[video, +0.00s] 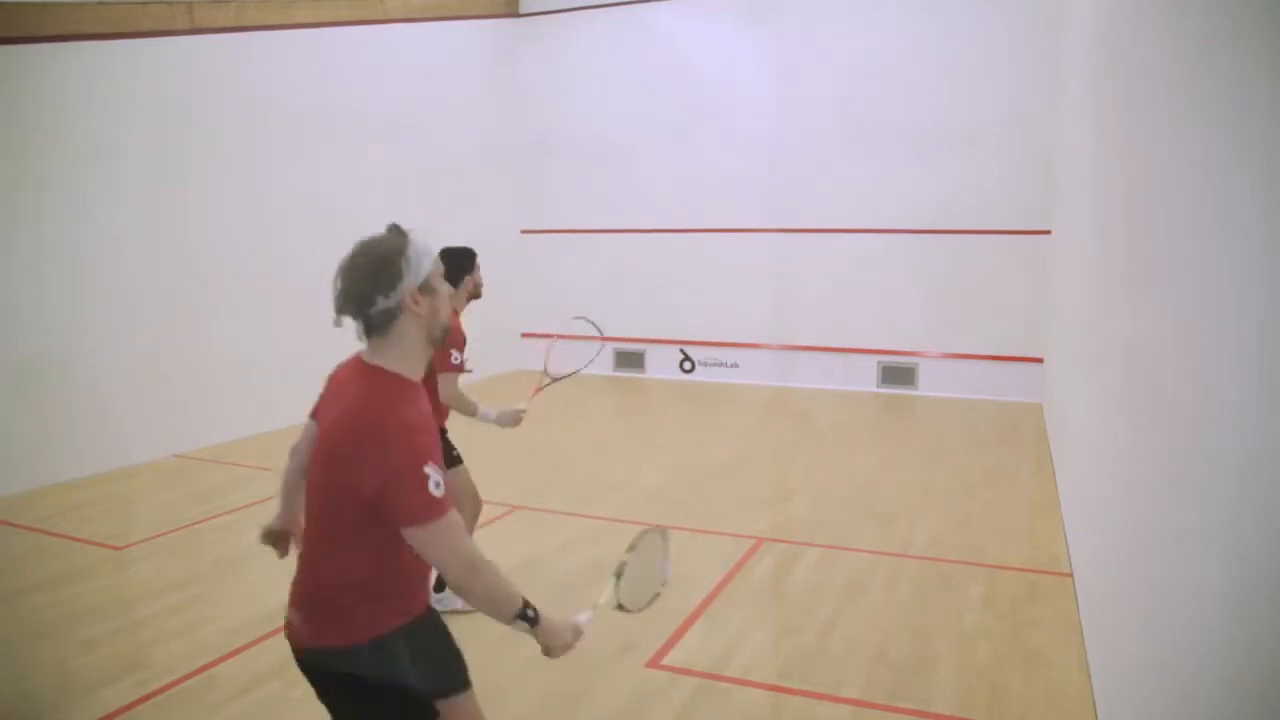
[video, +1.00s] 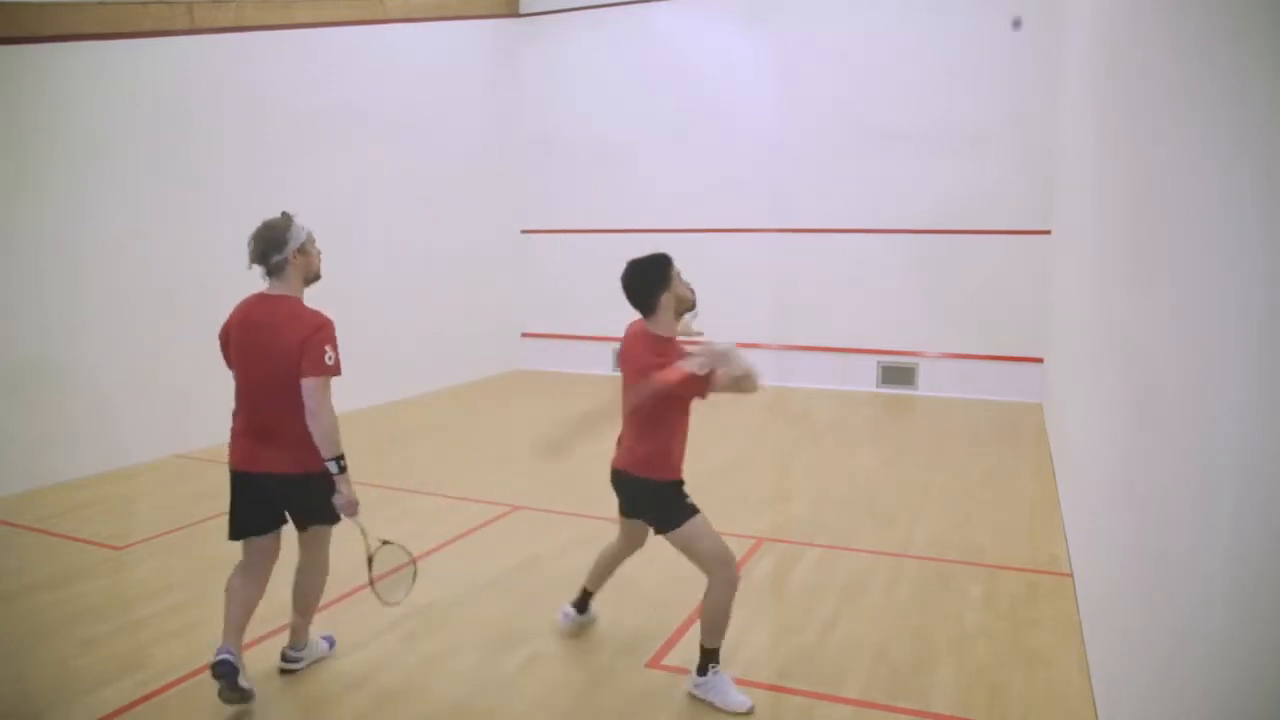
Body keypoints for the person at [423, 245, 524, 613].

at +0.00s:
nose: (481, 279)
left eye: (478, 272)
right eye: (477, 273)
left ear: (451, 280)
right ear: (465, 280)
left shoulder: (430, 319)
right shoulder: (450, 327)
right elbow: (447, 392)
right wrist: (493, 415)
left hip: (413, 427)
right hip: (430, 431)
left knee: (435, 505)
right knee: (469, 504)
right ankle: (445, 586)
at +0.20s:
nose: (502, 260)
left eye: (498, 253)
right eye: (497, 254)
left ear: (467, 263)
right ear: (486, 262)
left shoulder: (448, 299)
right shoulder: (469, 311)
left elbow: (438, 354)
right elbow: (471, 377)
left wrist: (475, 358)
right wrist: (524, 392)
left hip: (431, 409)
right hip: (448, 416)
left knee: (448, 487)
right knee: (488, 499)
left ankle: (430, 562)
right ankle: (463, 588)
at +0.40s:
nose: (531, 269)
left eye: (526, 262)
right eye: (525, 264)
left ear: (500, 275)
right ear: (514, 273)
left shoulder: (496, 313)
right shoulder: (492, 322)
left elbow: (488, 356)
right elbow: (495, 384)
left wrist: (524, 353)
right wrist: (552, 381)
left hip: (477, 428)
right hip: (484, 434)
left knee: (470, 498)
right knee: (525, 516)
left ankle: (434, 564)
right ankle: (503, 610)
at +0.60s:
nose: (574, 264)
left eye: (570, 257)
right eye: (569, 258)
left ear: (546, 271)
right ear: (558, 269)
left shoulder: (547, 311)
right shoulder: (530, 317)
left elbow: (558, 332)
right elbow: (514, 367)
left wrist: (588, 319)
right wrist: (567, 345)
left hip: (534, 432)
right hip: (523, 436)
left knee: (544, 514)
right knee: (576, 523)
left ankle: (507, 592)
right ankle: (527, 600)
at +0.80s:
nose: (629, 288)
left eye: (625, 282)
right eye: (621, 283)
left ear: (597, 301)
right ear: (605, 298)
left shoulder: (608, 336)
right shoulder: (583, 345)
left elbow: (616, 315)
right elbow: (551, 392)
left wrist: (636, 302)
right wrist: (568, 336)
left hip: (601, 466)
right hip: (585, 470)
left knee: (569, 532)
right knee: (641, 554)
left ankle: (510, 584)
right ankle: (682, 660)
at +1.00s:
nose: (687, 286)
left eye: (681, 277)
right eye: (680, 280)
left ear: (648, 299)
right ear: (666, 294)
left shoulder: (641, 337)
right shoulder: (656, 353)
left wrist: (729, 368)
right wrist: (709, 366)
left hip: (629, 473)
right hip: (654, 484)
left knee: (629, 540)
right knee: (723, 570)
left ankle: (577, 608)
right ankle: (707, 674)